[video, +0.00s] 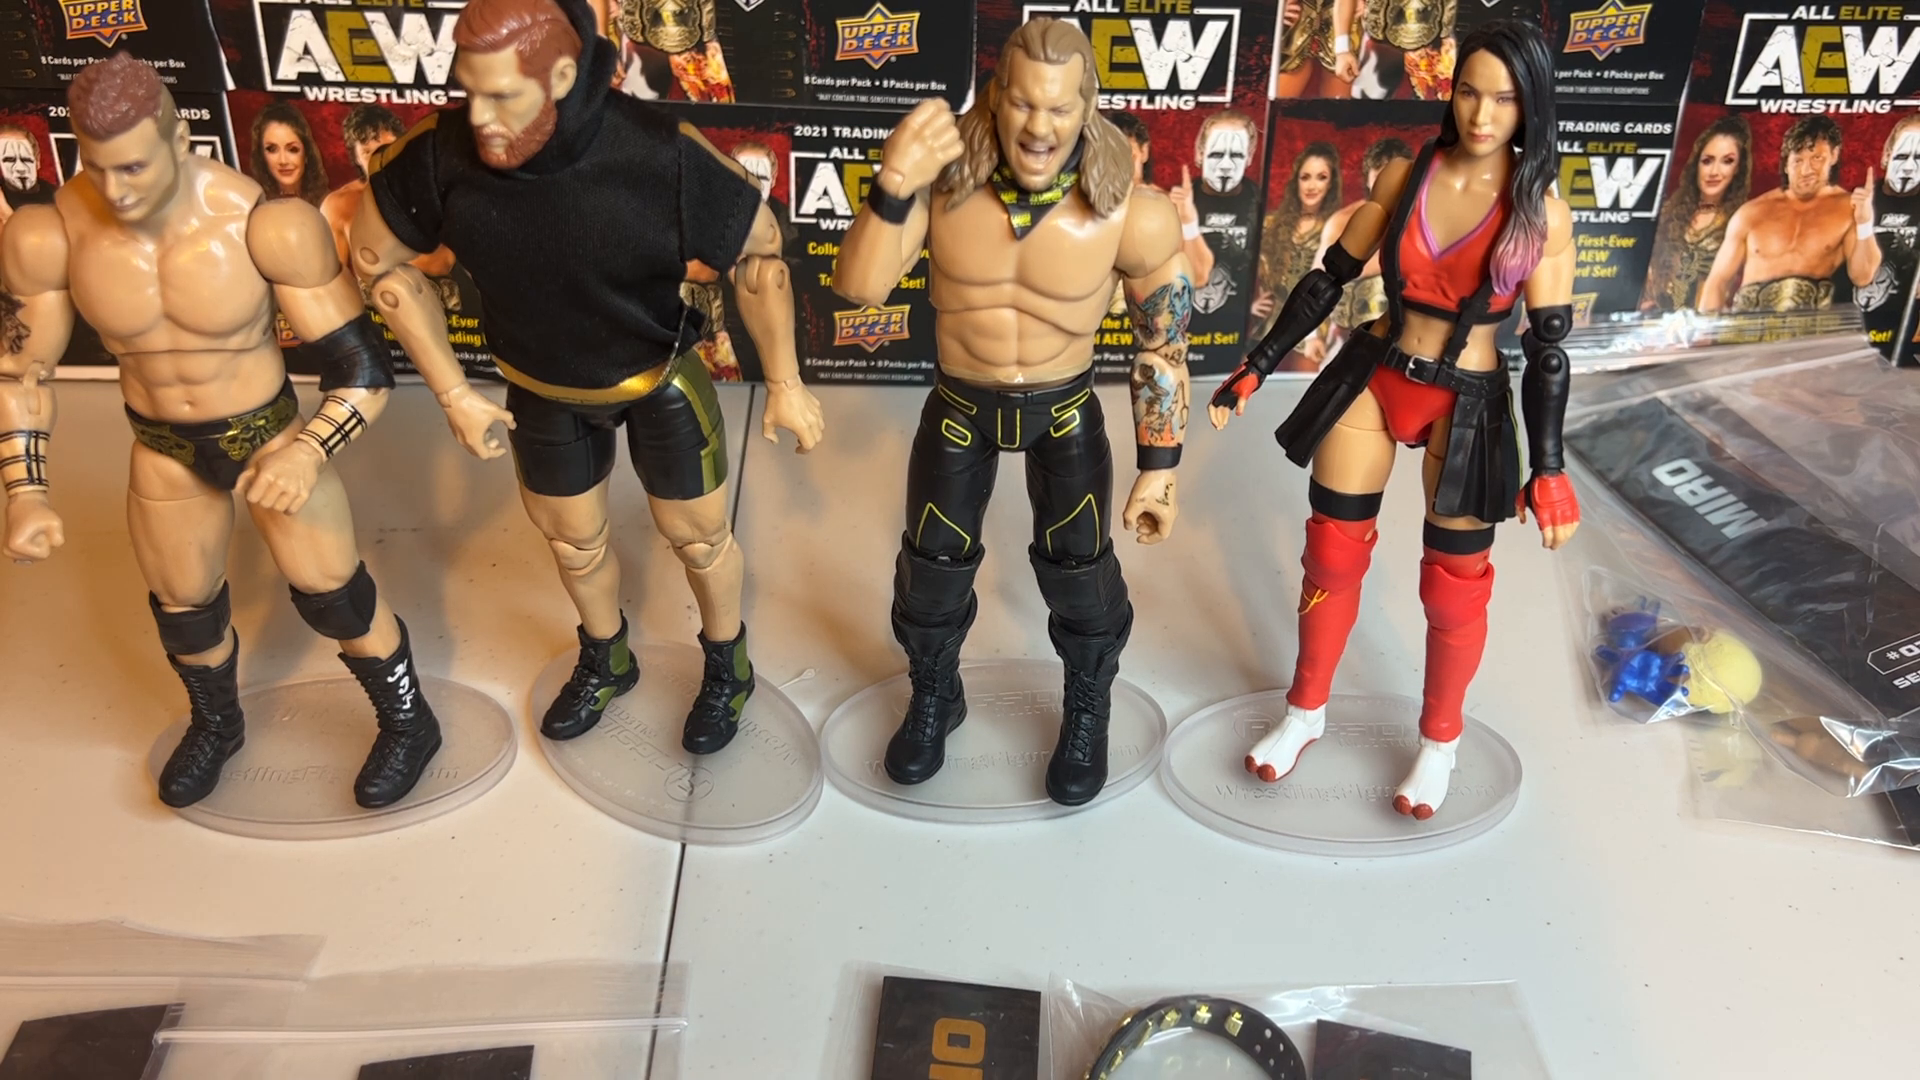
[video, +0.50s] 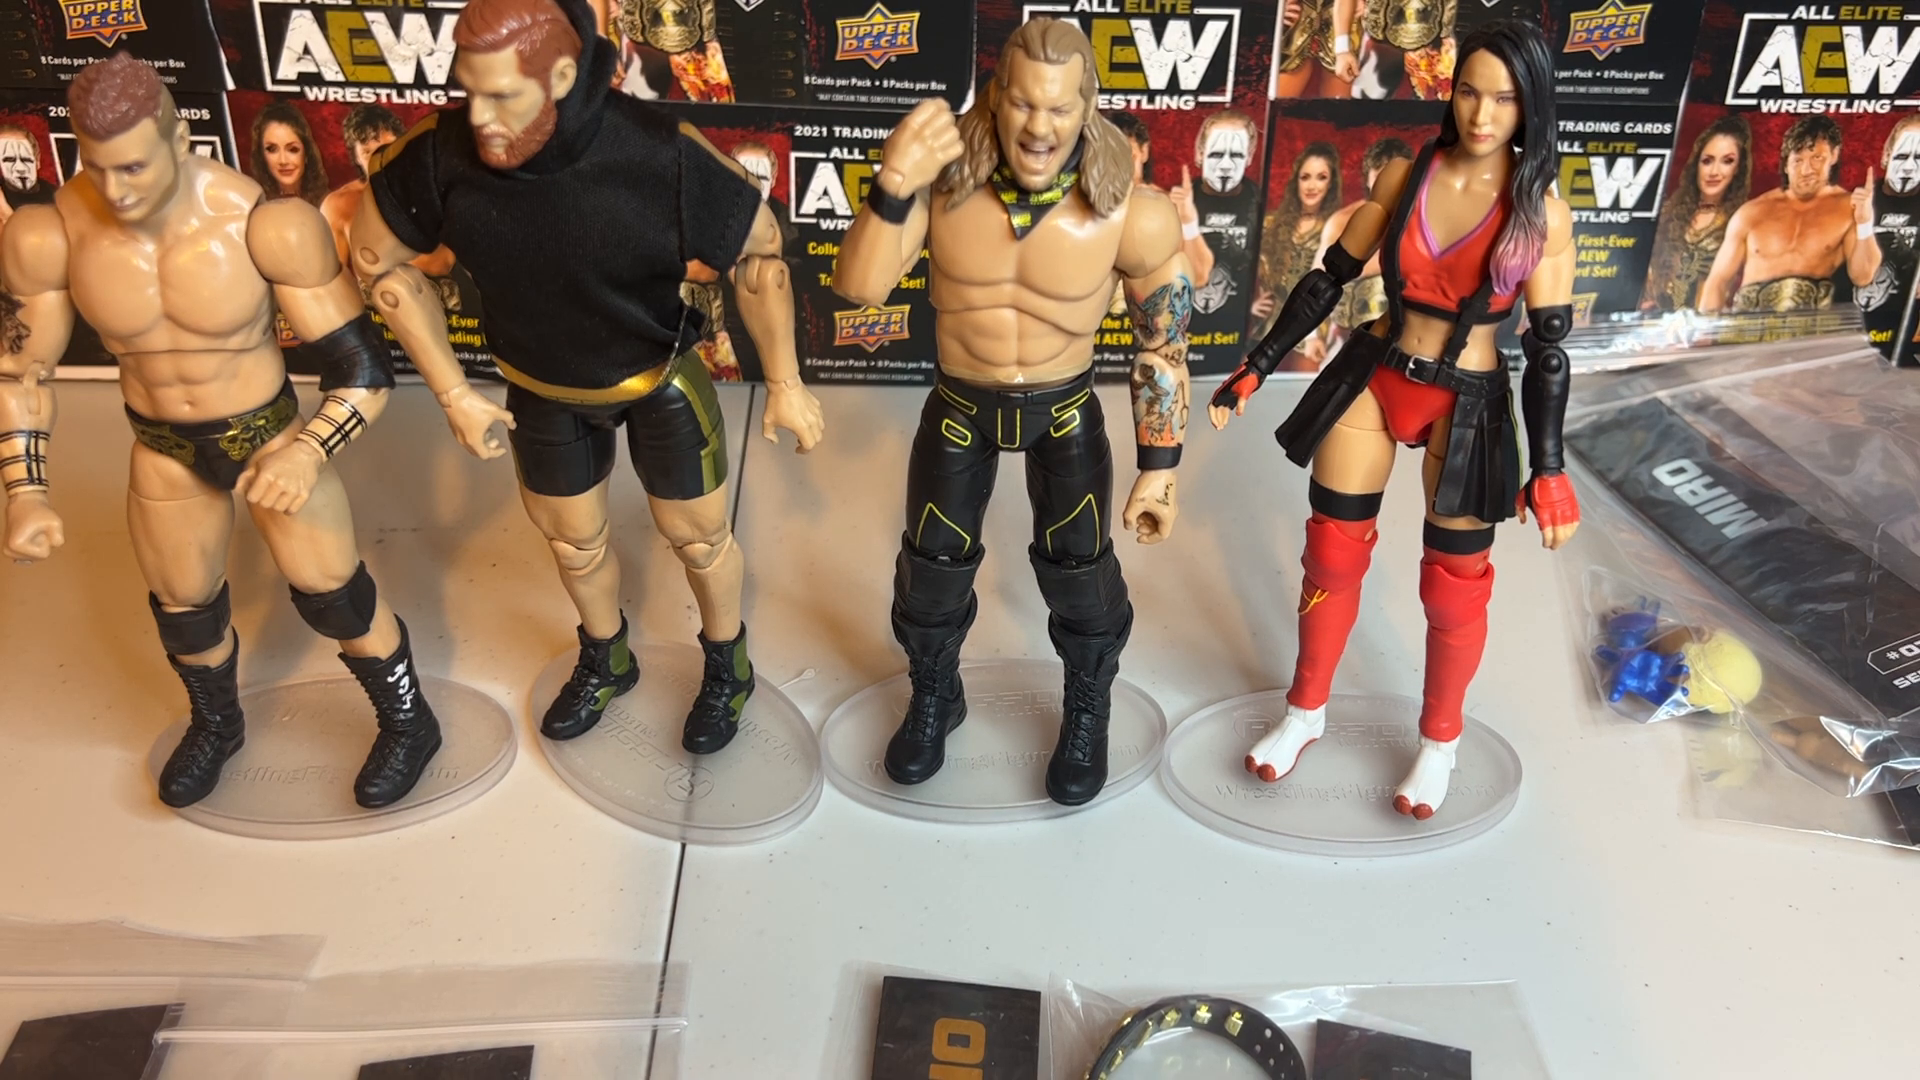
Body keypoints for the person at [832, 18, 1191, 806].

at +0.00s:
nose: (1040, 127)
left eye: (1060, 109)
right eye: (1024, 104)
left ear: (1087, 106)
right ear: (995, 94)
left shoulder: (1130, 208)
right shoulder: (944, 177)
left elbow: (1163, 339)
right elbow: (858, 287)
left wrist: (1161, 465)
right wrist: (892, 189)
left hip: (1064, 408)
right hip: (958, 403)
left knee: (1078, 569)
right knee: (933, 563)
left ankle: (1086, 713)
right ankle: (932, 699)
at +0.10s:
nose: (1040, 127)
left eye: (1060, 109)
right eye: (1024, 104)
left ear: (1086, 106)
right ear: (995, 94)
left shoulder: (1129, 208)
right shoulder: (944, 177)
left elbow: (1163, 339)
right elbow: (858, 287)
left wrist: (1161, 465)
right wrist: (892, 189)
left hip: (1064, 407)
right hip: (958, 403)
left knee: (1078, 569)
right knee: (933, 563)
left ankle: (1086, 713)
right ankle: (932, 699)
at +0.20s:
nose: (1039, 127)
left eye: (1060, 109)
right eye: (1024, 104)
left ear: (1086, 106)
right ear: (995, 95)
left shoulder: (1129, 208)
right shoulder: (944, 176)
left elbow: (1163, 339)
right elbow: (857, 287)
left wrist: (1161, 464)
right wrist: (892, 189)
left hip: (1064, 408)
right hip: (958, 403)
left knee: (1078, 568)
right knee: (933, 562)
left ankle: (1086, 712)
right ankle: (932, 699)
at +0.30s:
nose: (1040, 127)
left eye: (1060, 109)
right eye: (1024, 104)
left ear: (1087, 106)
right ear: (995, 95)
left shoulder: (1130, 208)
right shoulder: (944, 177)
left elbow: (1163, 339)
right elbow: (858, 287)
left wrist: (1161, 465)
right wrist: (892, 189)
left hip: (1064, 408)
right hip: (958, 403)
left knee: (1078, 569)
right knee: (933, 563)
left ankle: (1086, 713)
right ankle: (932, 699)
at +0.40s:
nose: (1039, 127)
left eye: (1060, 109)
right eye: (1024, 104)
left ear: (1086, 106)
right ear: (995, 95)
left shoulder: (1129, 207)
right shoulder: (944, 176)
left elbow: (1163, 337)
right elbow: (858, 287)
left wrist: (1161, 464)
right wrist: (892, 189)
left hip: (1064, 408)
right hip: (959, 403)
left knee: (1078, 568)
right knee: (932, 562)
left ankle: (1086, 712)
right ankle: (932, 699)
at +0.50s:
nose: (1040, 127)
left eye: (1060, 109)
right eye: (1024, 104)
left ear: (1087, 107)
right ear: (995, 95)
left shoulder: (1130, 208)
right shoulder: (944, 177)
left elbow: (1163, 339)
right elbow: (858, 287)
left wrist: (1161, 465)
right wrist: (892, 189)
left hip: (1064, 408)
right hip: (959, 403)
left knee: (1078, 568)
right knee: (933, 563)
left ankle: (1086, 713)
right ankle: (932, 699)